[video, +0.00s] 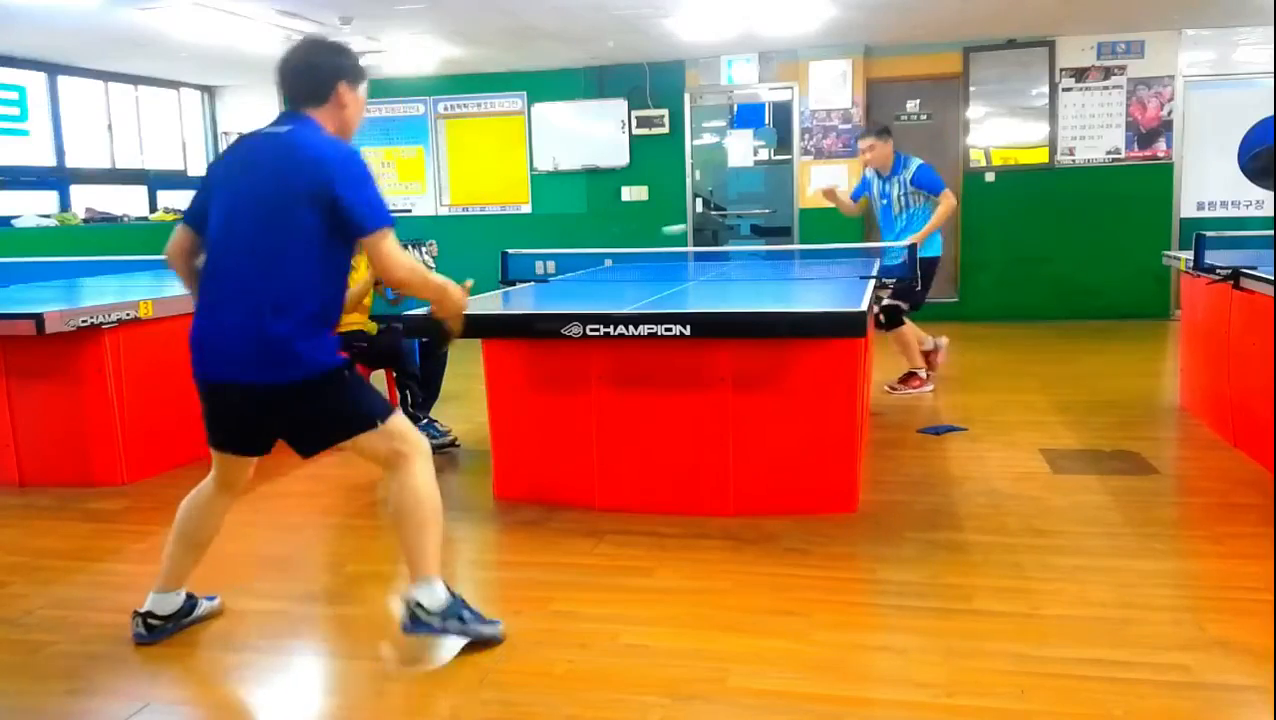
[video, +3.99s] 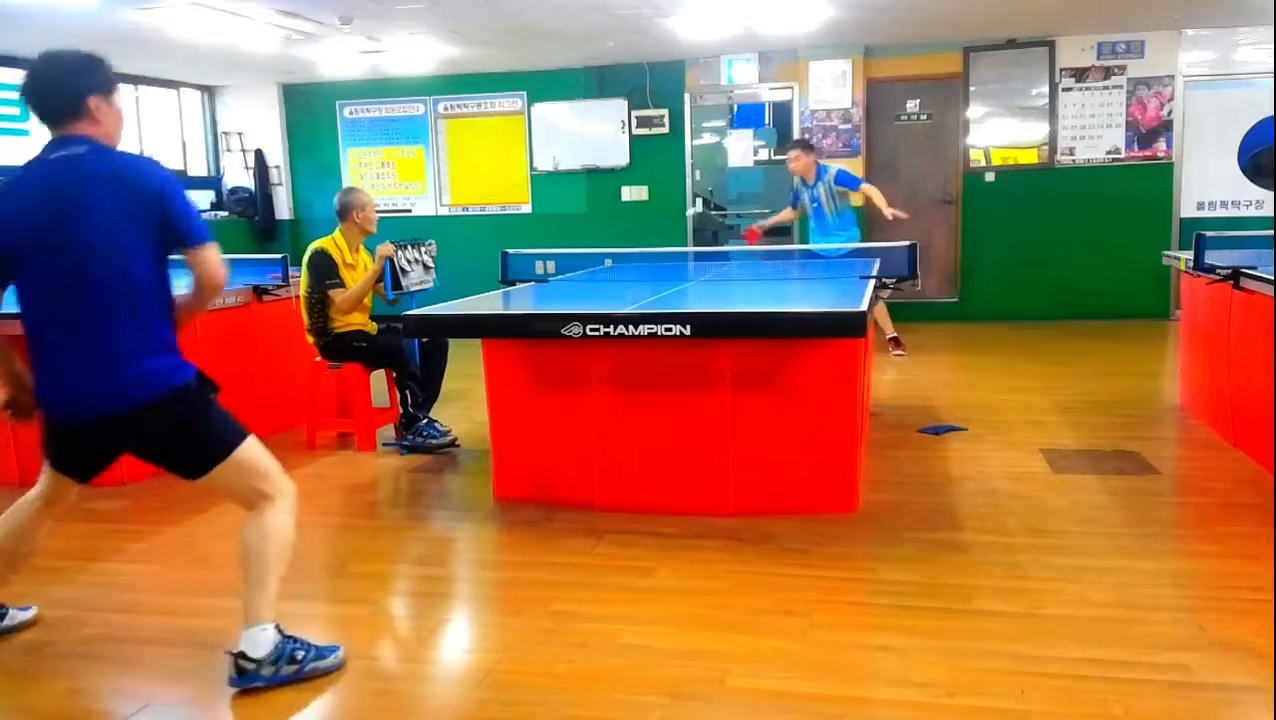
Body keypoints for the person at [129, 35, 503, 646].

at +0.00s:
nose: (362, 109)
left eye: (363, 98)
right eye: (360, 97)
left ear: (291, 94)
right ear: (339, 94)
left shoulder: (235, 156)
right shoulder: (335, 159)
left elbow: (180, 252)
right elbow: (391, 267)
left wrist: (225, 299)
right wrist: (443, 292)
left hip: (220, 357)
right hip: (297, 361)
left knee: (226, 477)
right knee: (405, 451)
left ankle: (162, 603)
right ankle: (429, 597)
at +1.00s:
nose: (320, 87)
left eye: (318, 73)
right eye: (317, 73)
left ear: (239, 75)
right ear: (294, 72)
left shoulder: (180, 141)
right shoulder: (294, 146)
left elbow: (127, 246)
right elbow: (317, 275)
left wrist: (183, 306)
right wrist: (373, 357)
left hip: (161, 359)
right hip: (244, 360)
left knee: (186, 493)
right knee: (343, 498)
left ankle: (110, 636)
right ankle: (357, 672)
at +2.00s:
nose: (247, 69)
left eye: (245, 53)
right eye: (243, 53)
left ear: (160, 60)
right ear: (218, 57)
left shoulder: (93, 138)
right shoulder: (226, 145)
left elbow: (42, 251)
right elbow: (250, 275)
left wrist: (104, 308)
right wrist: (315, 361)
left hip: (86, 371)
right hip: (175, 374)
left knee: (102, 513)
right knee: (292, 522)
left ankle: (23, 659)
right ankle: (288, 704)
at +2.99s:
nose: (158, 106)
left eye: (156, 92)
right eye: (154, 92)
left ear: (81, 99)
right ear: (132, 96)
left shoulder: (15, 159)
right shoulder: (143, 179)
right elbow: (171, 292)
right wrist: (237, 377)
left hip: (7, 368)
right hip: (81, 373)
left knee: (68, 481)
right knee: (160, 515)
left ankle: (11, 597)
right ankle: (49, 653)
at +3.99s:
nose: (121, 114)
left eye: (118, 101)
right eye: (116, 102)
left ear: (45, 114)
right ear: (93, 107)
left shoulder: (12, 192)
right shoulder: (145, 178)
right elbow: (212, 277)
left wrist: (10, 378)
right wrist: (184, 310)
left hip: (69, 396)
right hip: (153, 388)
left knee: (46, 493)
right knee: (272, 493)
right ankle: (260, 645)